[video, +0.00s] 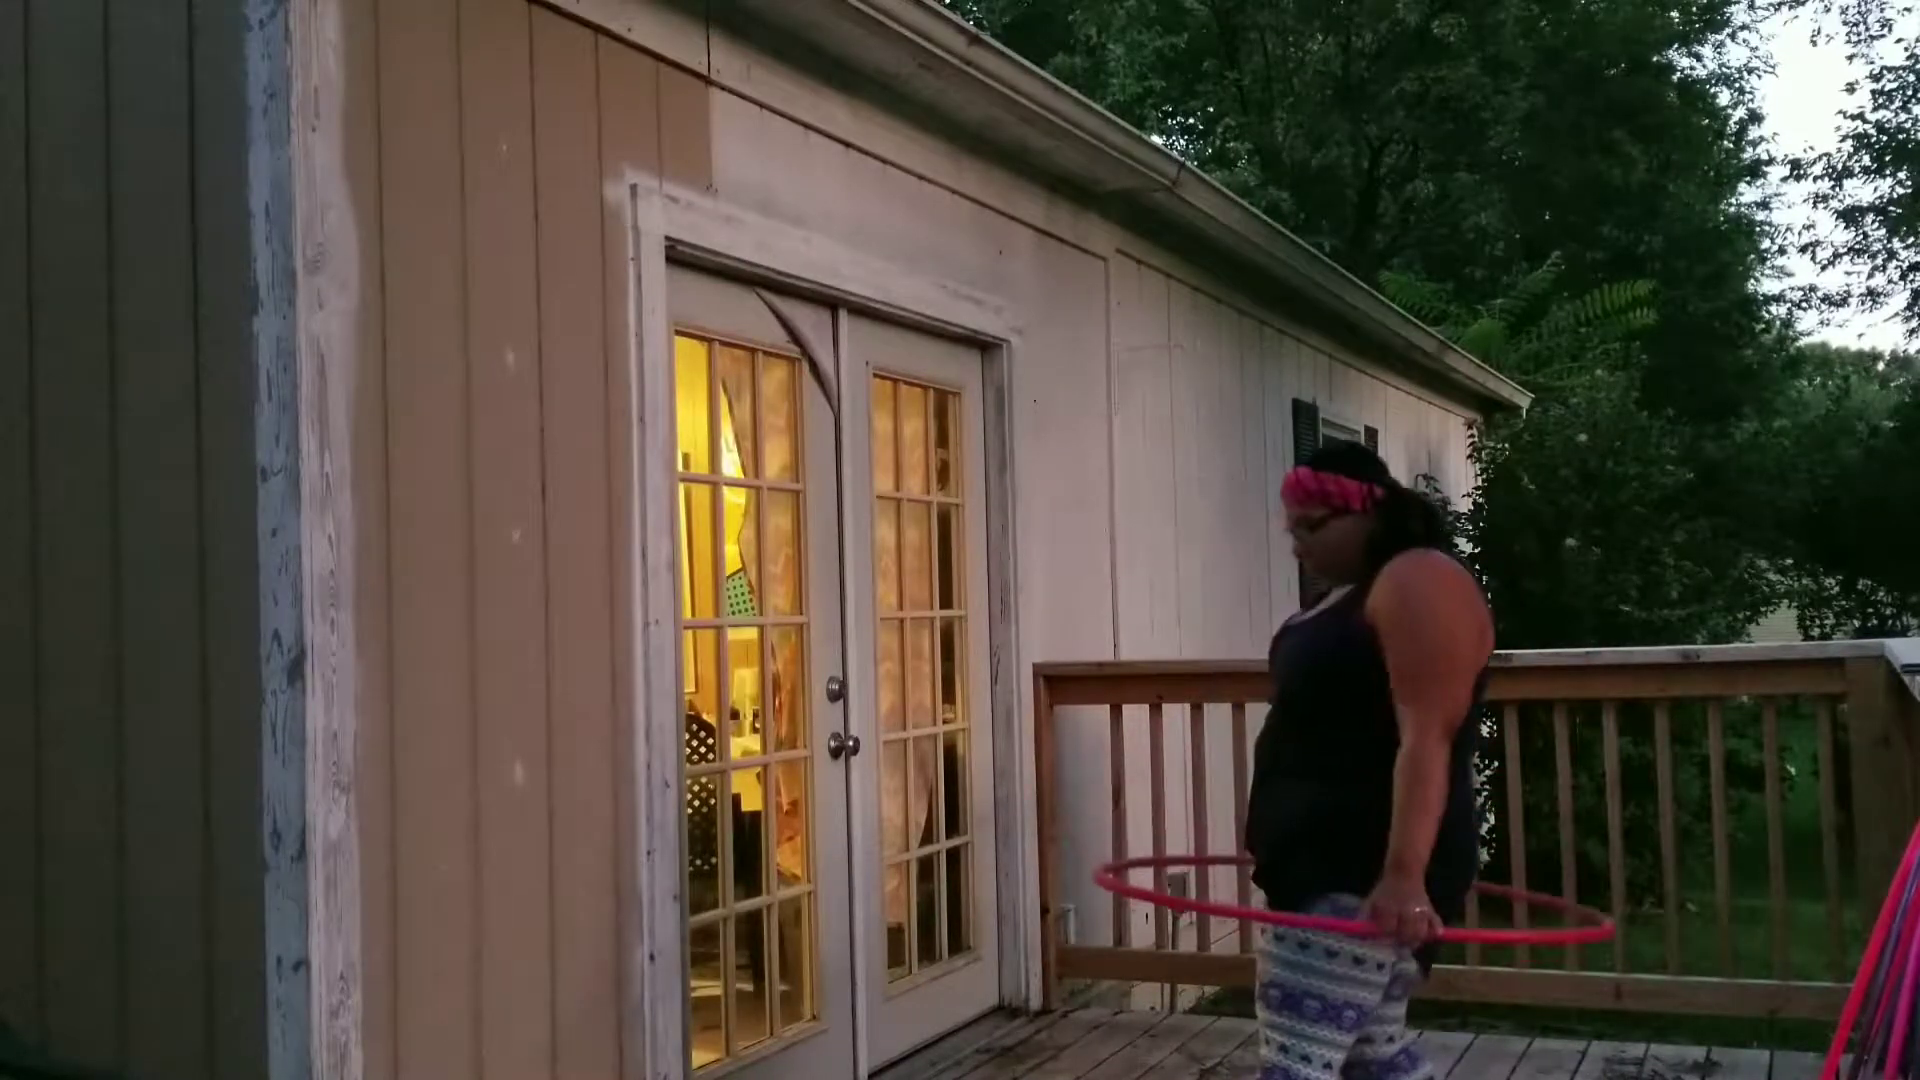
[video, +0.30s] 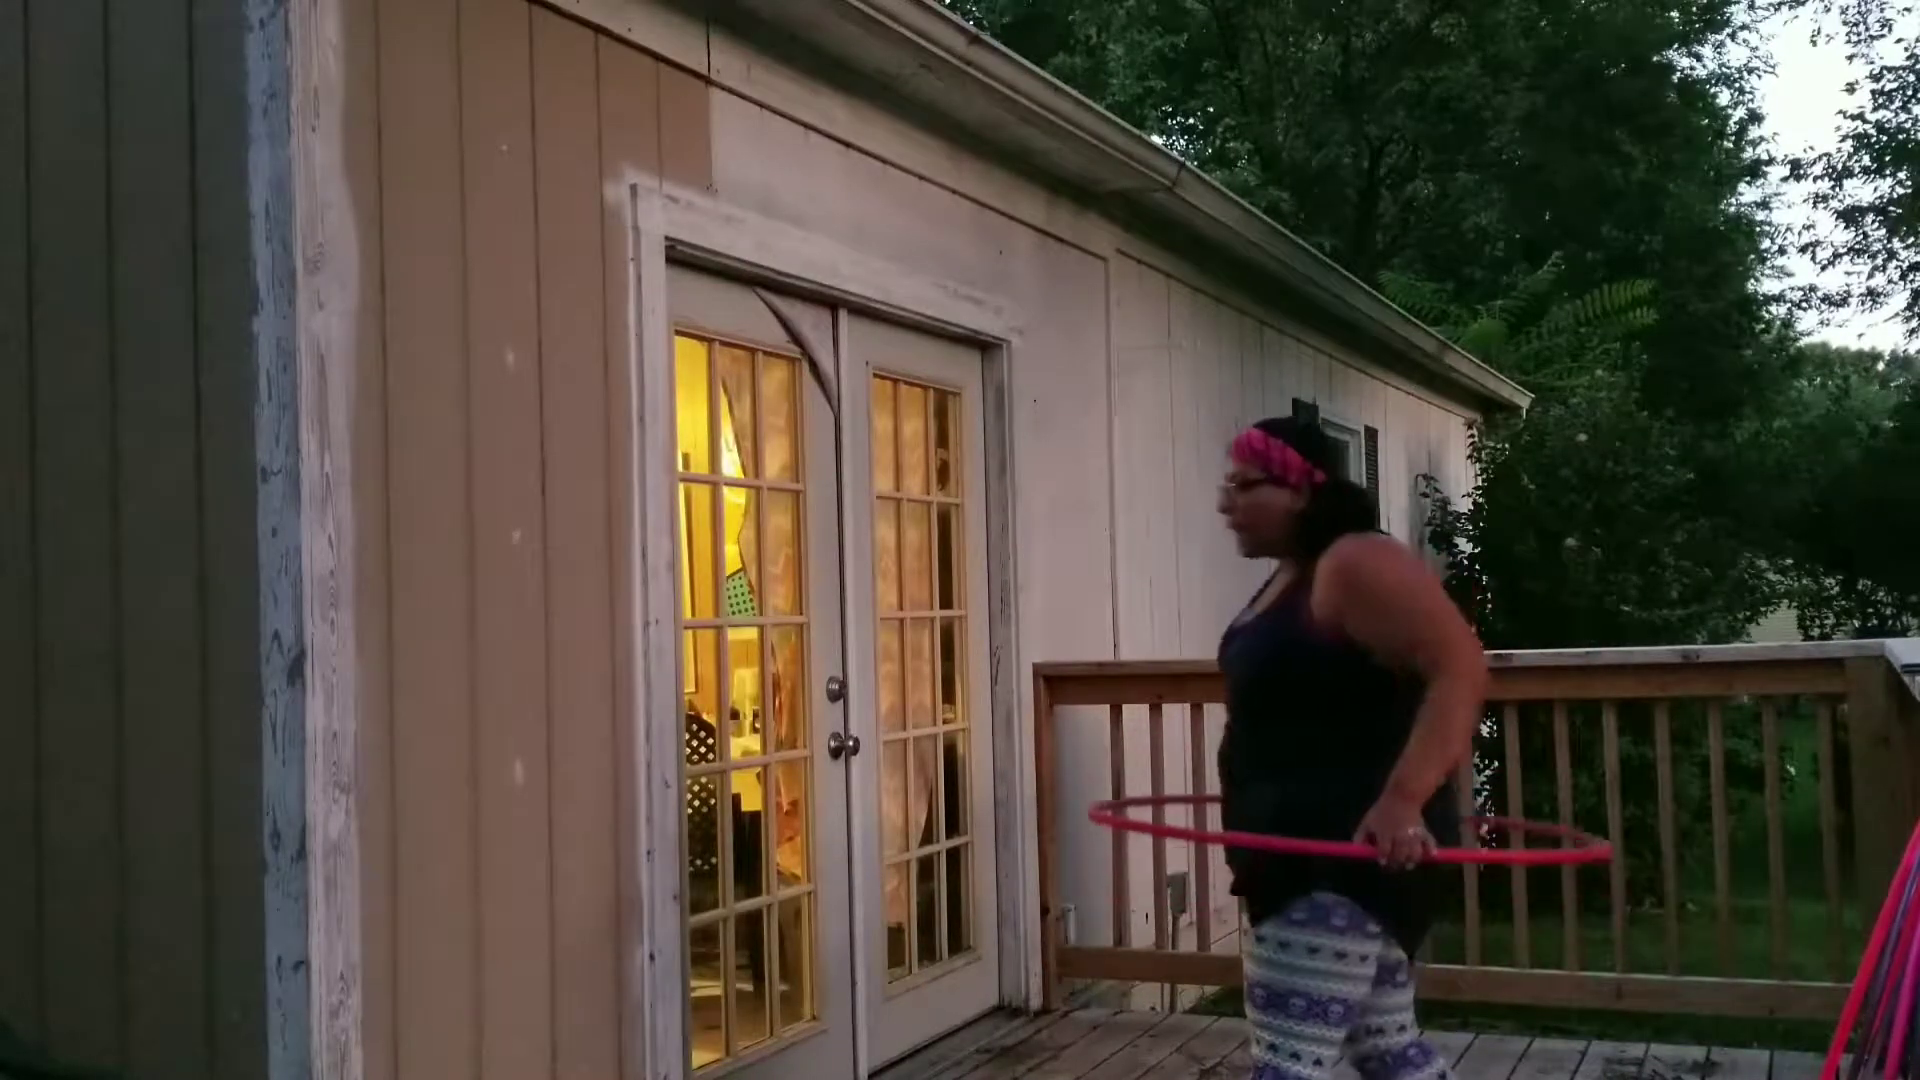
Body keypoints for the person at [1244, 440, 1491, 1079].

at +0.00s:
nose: (1299, 546)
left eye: (1310, 527)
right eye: (1294, 531)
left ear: (1365, 512)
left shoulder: (1421, 580)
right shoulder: (1346, 596)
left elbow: (1427, 737)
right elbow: (1318, 734)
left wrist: (1404, 874)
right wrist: (1274, 836)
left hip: (1354, 880)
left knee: (1297, 1061)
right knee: (1377, 1055)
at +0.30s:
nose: (1225, 502)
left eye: (1241, 486)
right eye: (1227, 486)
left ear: (1299, 492)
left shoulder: (1357, 563)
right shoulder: (1285, 583)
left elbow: (1462, 666)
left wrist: (1403, 798)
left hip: (1338, 871)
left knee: (1292, 1064)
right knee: (1389, 1050)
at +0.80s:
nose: (1133, 523)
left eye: (1146, 503)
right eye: (1132, 506)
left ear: (1200, 497)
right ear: (1195, 501)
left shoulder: (1262, 560)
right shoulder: (1216, 587)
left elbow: (1393, 600)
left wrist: (1373, 749)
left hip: (1299, 866)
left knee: (1273, 1067)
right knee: (1401, 1050)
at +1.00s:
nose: (1188, 510)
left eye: (1201, 491)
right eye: (1187, 494)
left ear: (1255, 486)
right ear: (1244, 492)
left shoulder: (1314, 549)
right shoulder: (1260, 578)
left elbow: (1413, 647)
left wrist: (1378, 795)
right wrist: (1233, 853)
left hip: (1313, 865)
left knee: (1276, 1064)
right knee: (1403, 1049)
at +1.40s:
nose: (1327, 482)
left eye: (1346, 468)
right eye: (1329, 468)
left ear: (1400, 485)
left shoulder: (1428, 587)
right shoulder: (1349, 585)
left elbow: (1416, 737)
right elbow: (1320, 737)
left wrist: (1409, 883)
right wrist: (1269, 864)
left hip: (1341, 877)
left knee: (1285, 1063)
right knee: (1383, 1052)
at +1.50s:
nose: (1369, 459)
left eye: (1395, 454)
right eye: (1376, 448)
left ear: (1435, 491)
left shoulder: (1440, 589)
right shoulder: (1367, 581)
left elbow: (1425, 739)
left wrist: (1416, 883)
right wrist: (1269, 860)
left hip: (1338, 877)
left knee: (1285, 1062)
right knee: (1383, 1053)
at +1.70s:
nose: (1406, 450)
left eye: (1434, 451)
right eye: (1416, 442)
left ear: (1460, 499)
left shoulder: (1445, 586)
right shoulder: (1382, 576)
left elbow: (1439, 738)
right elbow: (1341, 723)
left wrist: (1412, 877)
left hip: (1334, 874)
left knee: (1282, 1062)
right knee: (1383, 1053)